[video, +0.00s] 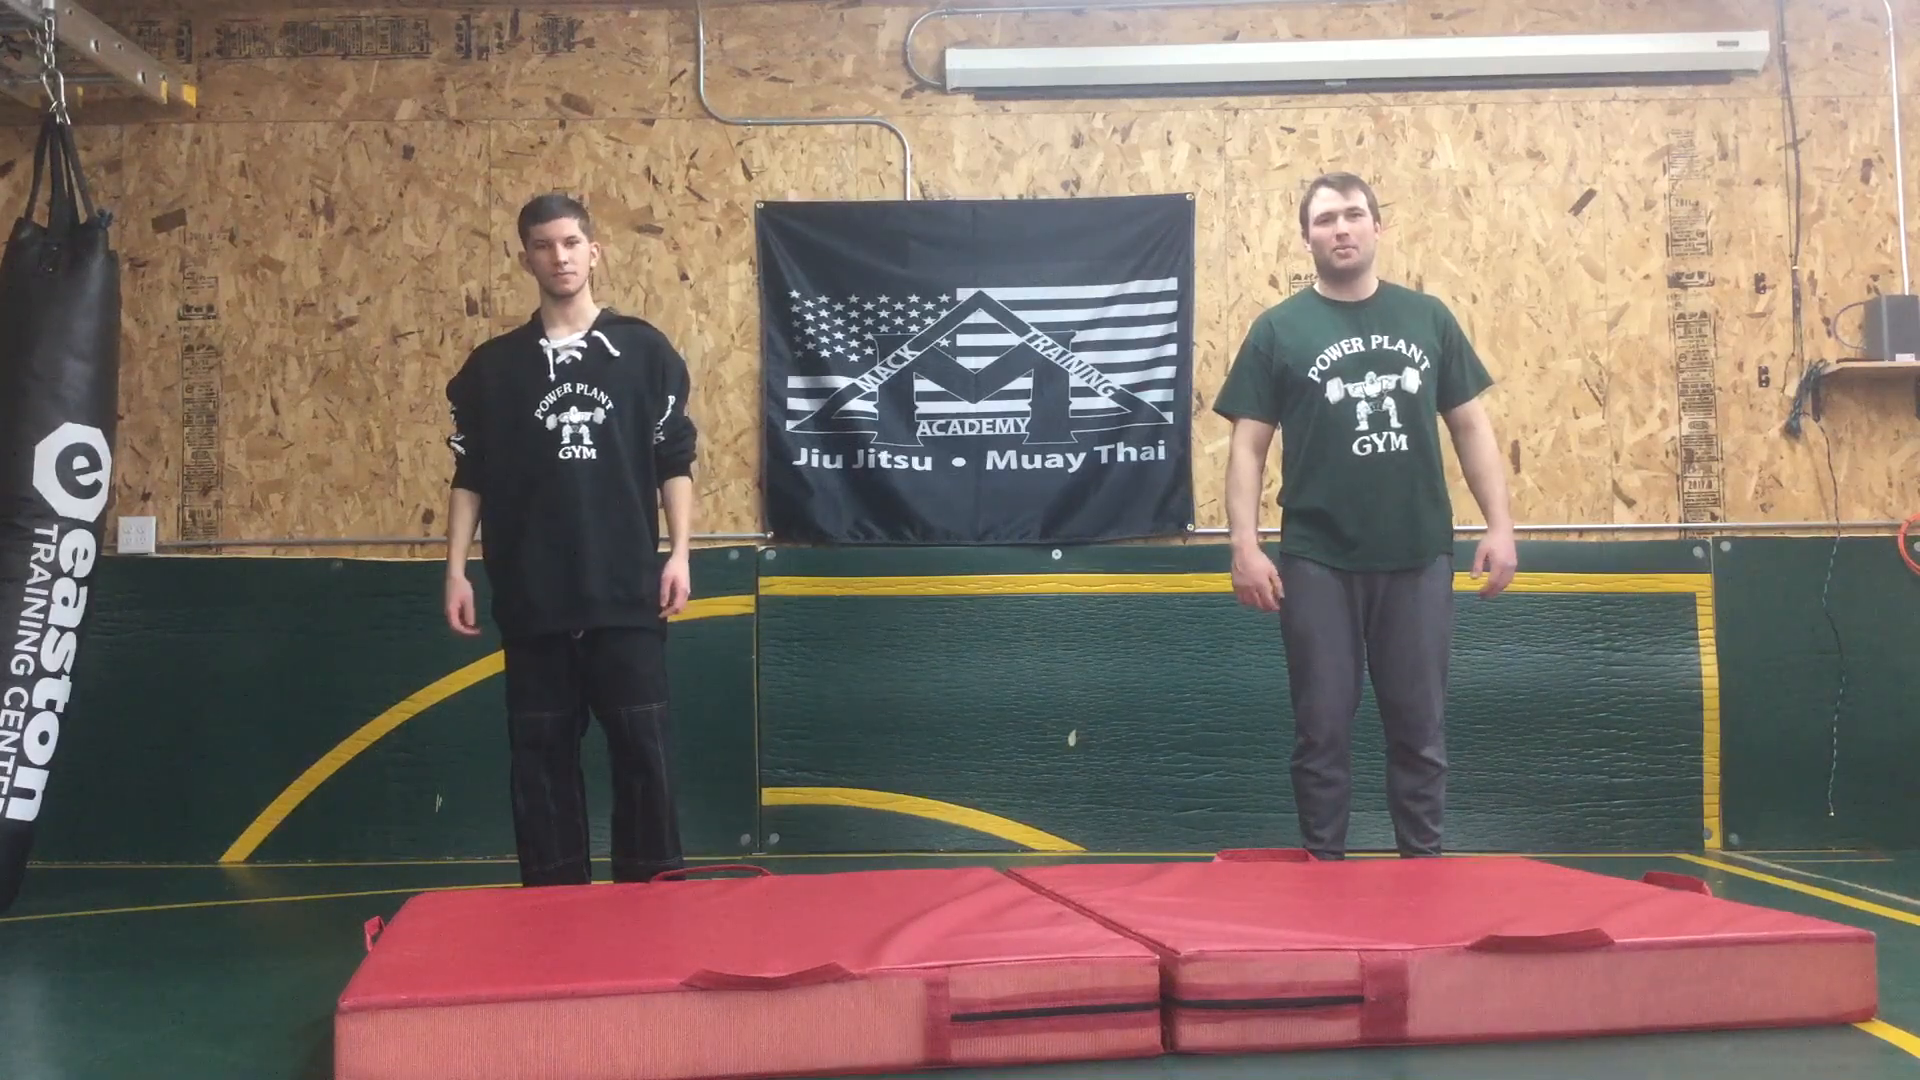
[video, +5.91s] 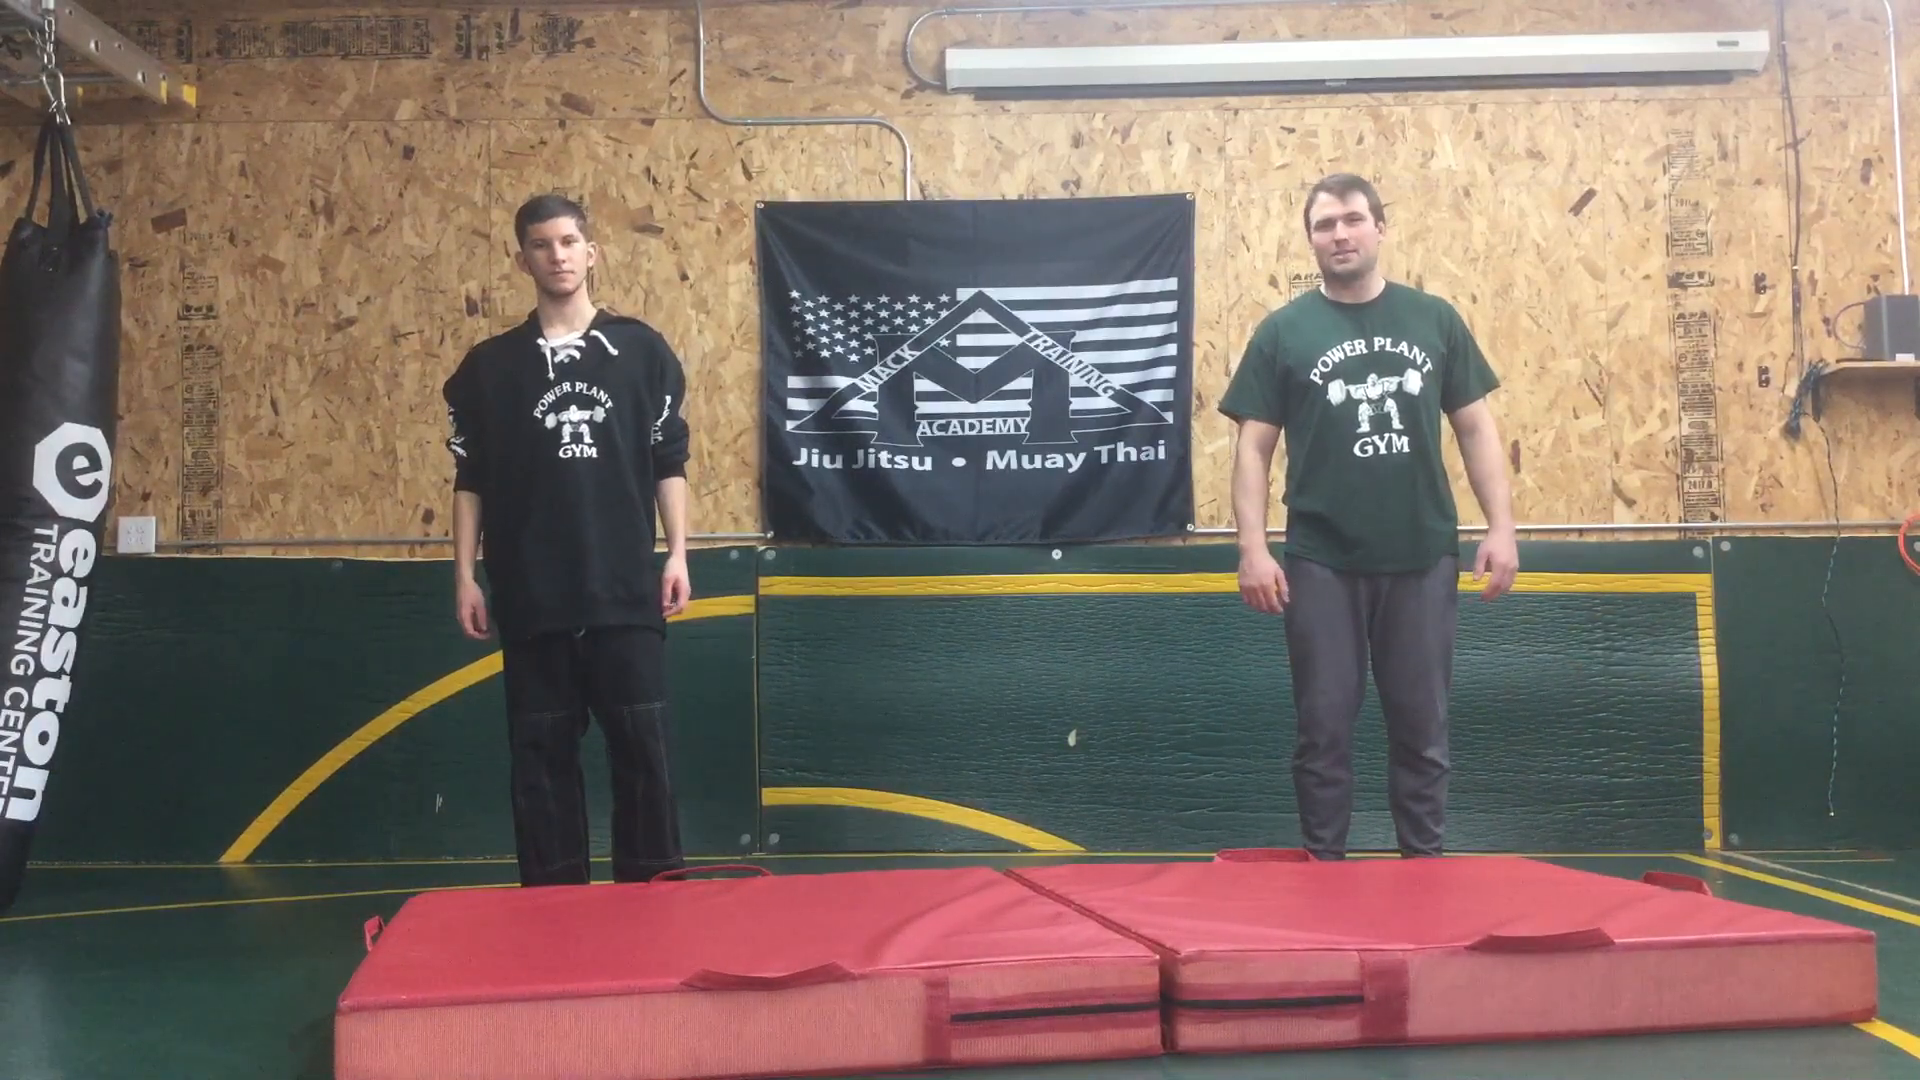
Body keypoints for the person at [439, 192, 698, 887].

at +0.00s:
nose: (559, 257)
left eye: (570, 242)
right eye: (544, 247)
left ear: (593, 250)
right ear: (527, 260)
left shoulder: (643, 349)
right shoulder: (490, 365)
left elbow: (674, 458)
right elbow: (469, 474)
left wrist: (680, 551)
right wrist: (457, 568)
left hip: (626, 584)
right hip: (530, 591)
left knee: (643, 753)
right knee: (542, 761)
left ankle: (652, 904)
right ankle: (553, 911)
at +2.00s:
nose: (556, 258)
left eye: (567, 243)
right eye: (540, 248)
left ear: (589, 250)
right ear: (523, 261)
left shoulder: (642, 347)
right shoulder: (488, 366)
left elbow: (671, 459)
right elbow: (472, 478)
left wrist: (677, 551)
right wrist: (463, 574)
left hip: (625, 584)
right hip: (529, 591)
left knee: (643, 754)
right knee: (542, 763)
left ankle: (652, 904)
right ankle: (554, 912)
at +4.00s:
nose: (565, 255)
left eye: (575, 241)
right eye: (549, 245)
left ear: (596, 250)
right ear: (530, 259)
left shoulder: (647, 348)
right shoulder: (494, 365)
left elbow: (675, 459)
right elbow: (477, 478)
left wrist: (685, 550)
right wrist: (475, 578)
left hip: (632, 583)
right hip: (535, 589)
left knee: (646, 752)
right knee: (546, 760)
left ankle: (655, 903)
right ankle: (556, 910)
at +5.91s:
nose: (558, 255)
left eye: (569, 241)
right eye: (542, 245)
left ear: (590, 250)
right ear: (524, 260)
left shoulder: (642, 350)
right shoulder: (486, 366)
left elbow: (668, 462)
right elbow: (469, 479)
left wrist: (678, 551)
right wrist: (466, 575)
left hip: (625, 585)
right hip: (529, 591)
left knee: (643, 755)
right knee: (542, 763)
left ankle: (653, 906)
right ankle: (553, 913)